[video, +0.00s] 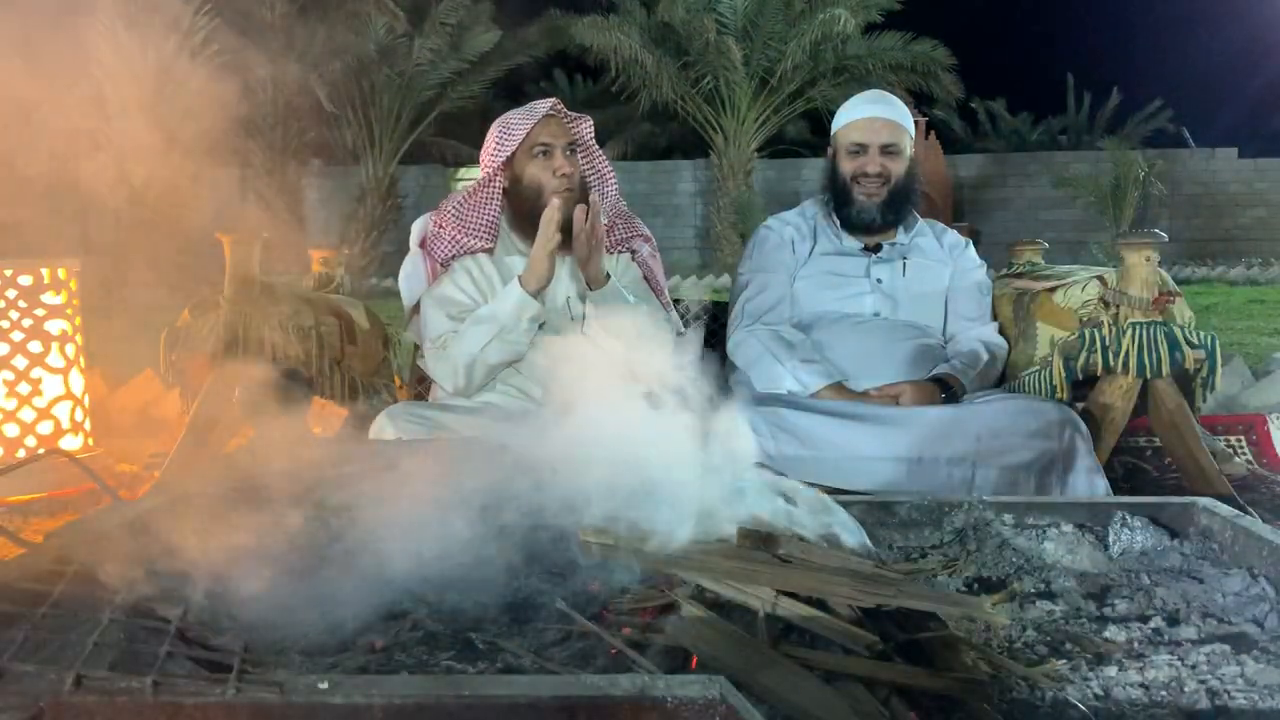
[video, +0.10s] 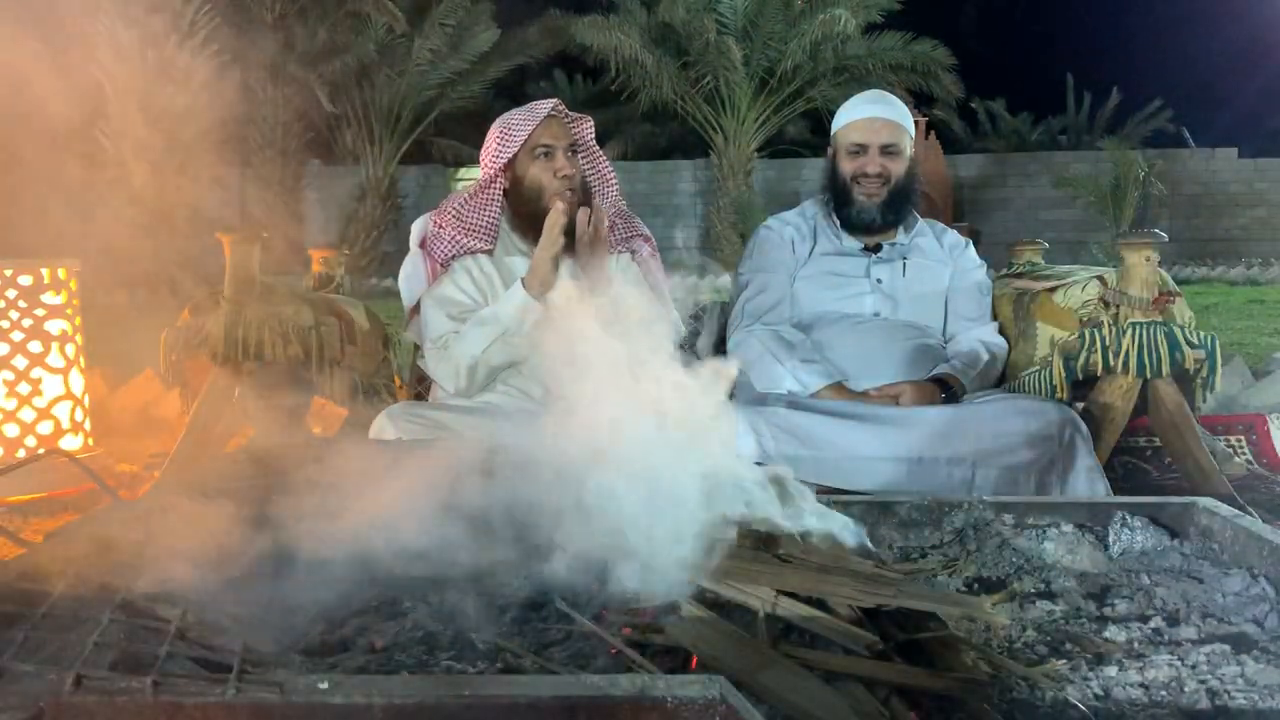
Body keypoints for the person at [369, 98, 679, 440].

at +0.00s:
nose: (567, 168)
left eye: (572, 151)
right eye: (544, 154)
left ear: (583, 161)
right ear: (505, 173)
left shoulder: (619, 260)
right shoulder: (467, 268)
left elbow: (662, 358)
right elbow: (454, 377)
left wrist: (599, 280)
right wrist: (529, 286)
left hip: (609, 417)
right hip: (507, 415)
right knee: (394, 426)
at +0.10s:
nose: (567, 168)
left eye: (572, 153)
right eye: (545, 155)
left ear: (584, 164)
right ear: (505, 175)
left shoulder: (620, 254)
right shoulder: (464, 263)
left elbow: (656, 359)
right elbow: (456, 376)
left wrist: (599, 280)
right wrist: (533, 288)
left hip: (607, 413)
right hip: (506, 415)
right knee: (394, 426)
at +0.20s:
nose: (568, 170)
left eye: (573, 155)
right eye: (545, 156)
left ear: (585, 167)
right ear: (506, 177)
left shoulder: (626, 256)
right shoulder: (470, 274)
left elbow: (663, 352)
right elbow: (457, 376)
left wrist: (604, 287)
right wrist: (539, 294)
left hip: (617, 409)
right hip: (515, 414)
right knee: (394, 426)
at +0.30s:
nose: (571, 173)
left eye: (574, 157)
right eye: (547, 159)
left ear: (586, 165)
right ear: (508, 180)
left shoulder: (621, 253)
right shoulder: (466, 278)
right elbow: (456, 378)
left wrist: (614, 294)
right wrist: (542, 314)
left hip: (605, 416)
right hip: (505, 418)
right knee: (394, 427)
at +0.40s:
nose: (568, 176)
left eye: (575, 160)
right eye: (547, 161)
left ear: (588, 168)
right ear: (511, 175)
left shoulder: (619, 268)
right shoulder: (467, 285)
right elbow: (457, 378)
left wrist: (612, 296)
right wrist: (544, 309)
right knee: (394, 427)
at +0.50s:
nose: (569, 174)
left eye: (576, 160)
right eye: (548, 159)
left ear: (586, 171)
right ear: (507, 175)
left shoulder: (604, 260)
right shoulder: (464, 268)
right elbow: (457, 376)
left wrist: (612, 280)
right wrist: (541, 314)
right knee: (395, 426)